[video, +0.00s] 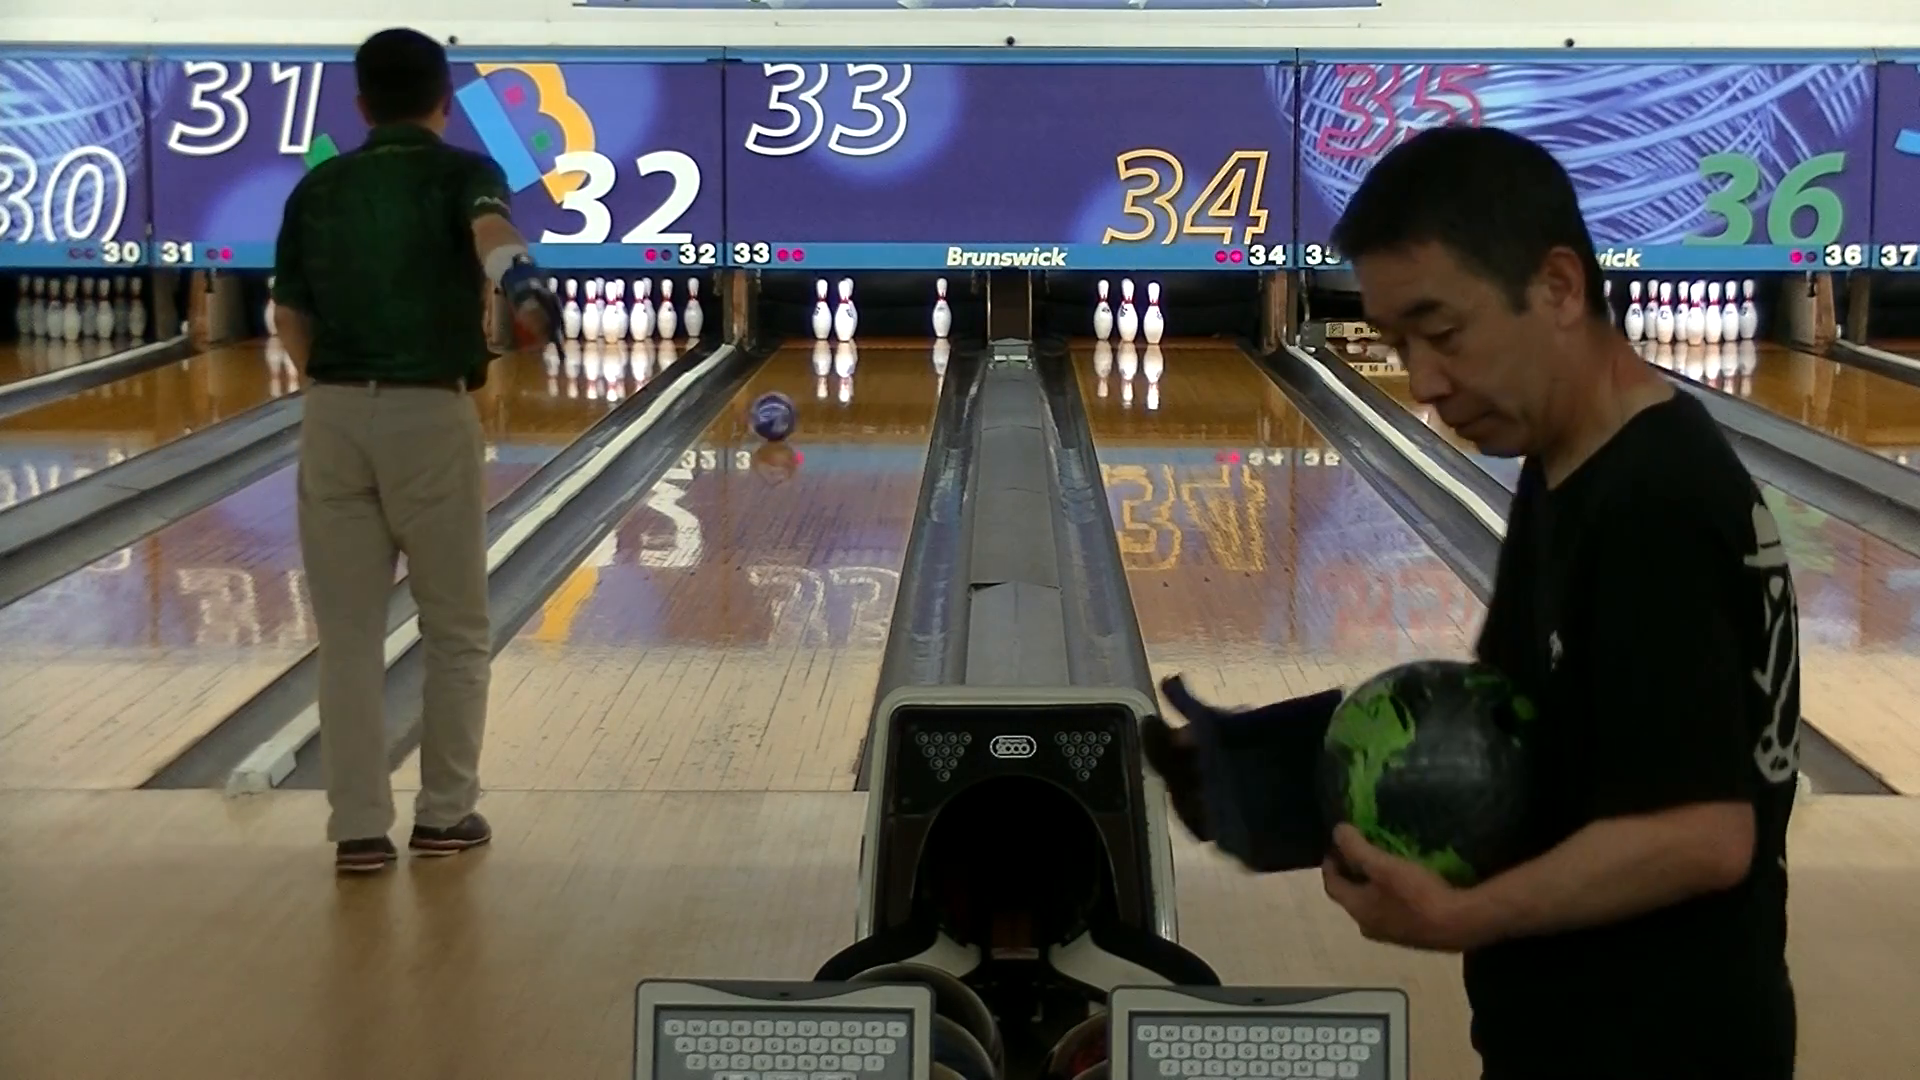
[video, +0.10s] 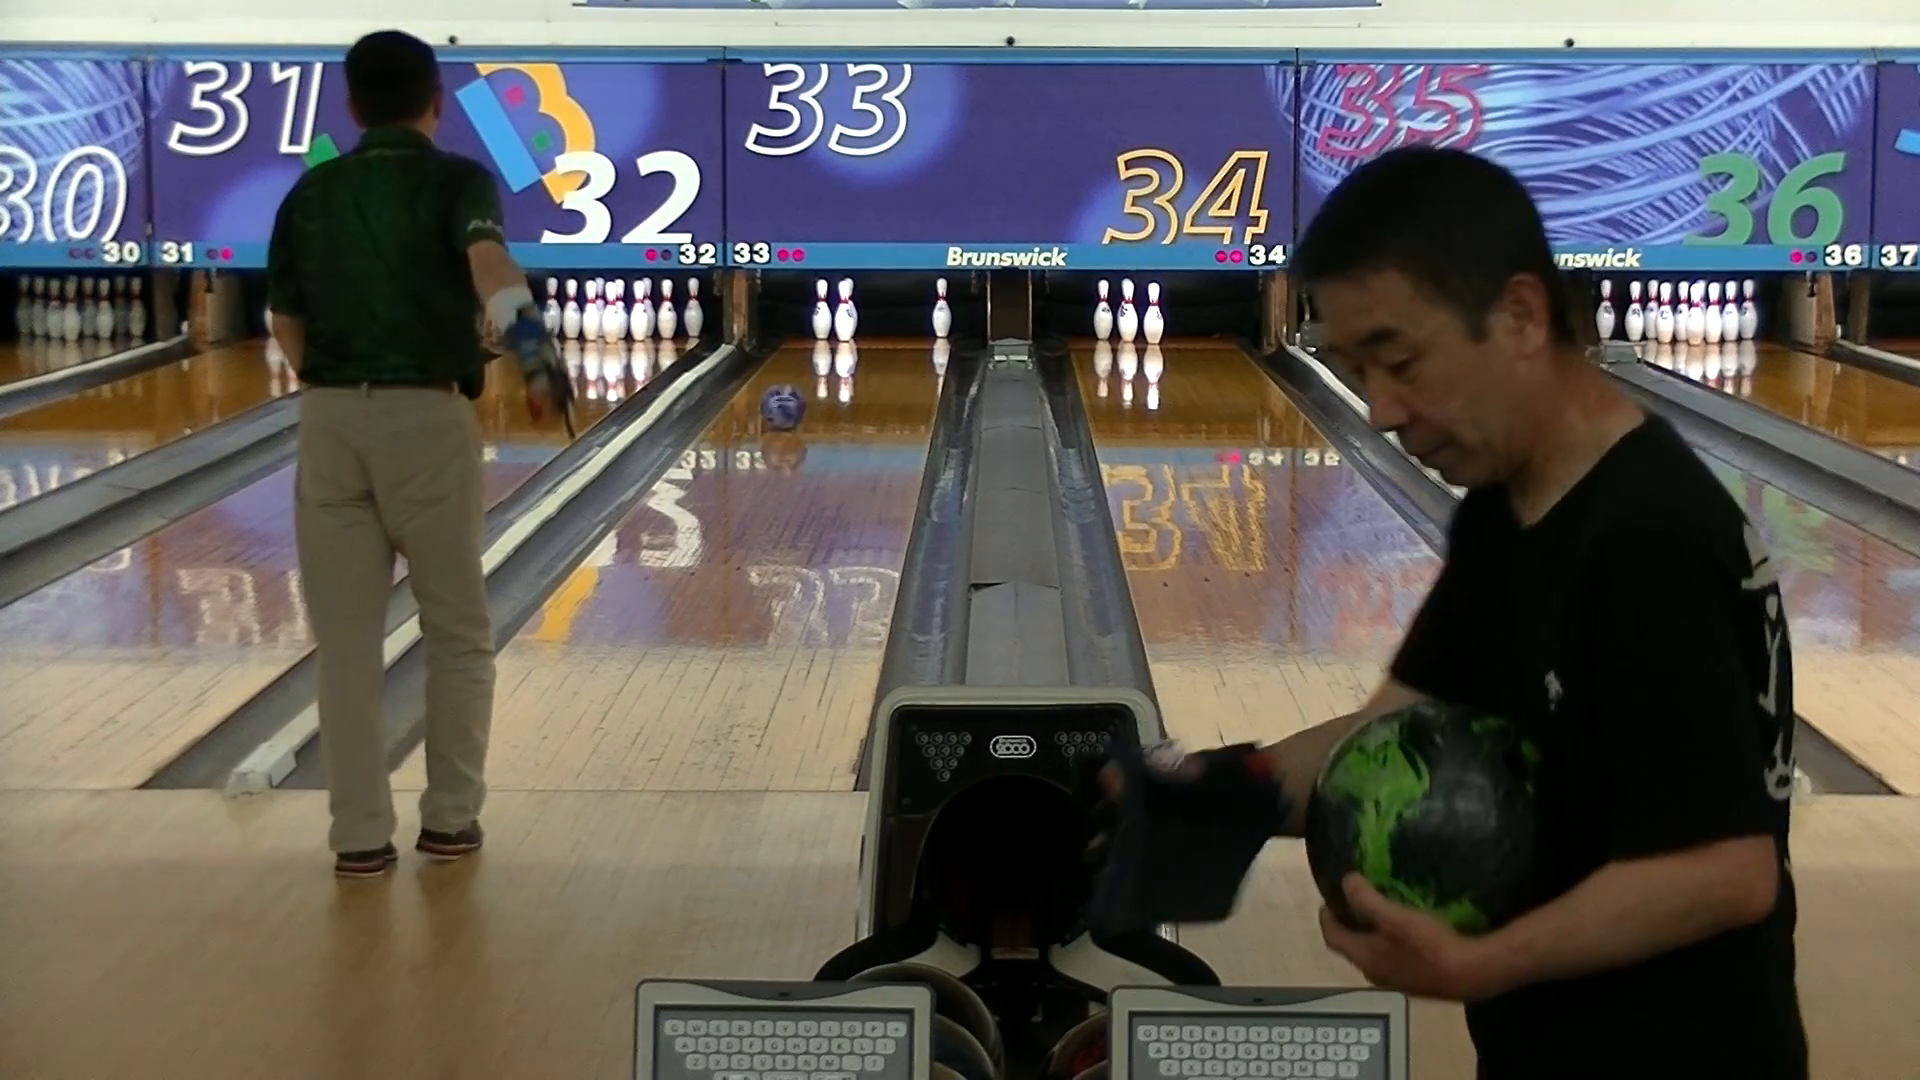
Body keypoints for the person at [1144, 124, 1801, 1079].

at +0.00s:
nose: (1423, 386)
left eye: (1441, 333)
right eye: (1400, 347)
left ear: (1560, 289)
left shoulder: (1666, 497)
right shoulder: (1565, 463)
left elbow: (1708, 834)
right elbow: (1508, 740)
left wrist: (1465, 915)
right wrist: (1279, 775)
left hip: (1661, 1046)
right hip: (1562, 1030)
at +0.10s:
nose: (1381, 411)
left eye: (1397, 360)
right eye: (1357, 375)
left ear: (1523, 317)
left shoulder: (1663, 537)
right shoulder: (1508, 505)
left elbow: (1731, 872)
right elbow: (1398, 734)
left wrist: (1478, 968)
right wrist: (1223, 793)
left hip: (1684, 1057)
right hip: (1542, 1048)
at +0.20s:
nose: (1323, 451)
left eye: (1339, 397)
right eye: (1300, 410)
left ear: (1465, 353)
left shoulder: (1651, 550)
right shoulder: (1422, 535)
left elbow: (1763, 888)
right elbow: (1284, 771)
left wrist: (1520, 1009)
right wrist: (1127, 855)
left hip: (1728, 1060)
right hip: (1555, 1057)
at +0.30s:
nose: (1277, 495)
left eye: (1288, 440)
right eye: (1256, 450)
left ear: (1417, 393)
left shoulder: (1648, 564)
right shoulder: (1356, 567)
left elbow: (1806, 885)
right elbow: (1210, 813)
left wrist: (1575, 1037)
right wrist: (1070, 971)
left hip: (1747, 1045)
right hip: (1531, 1051)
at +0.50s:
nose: (1175, 534)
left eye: (1188, 483)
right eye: (1170, 484)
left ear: (1314, 477)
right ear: (1309, 482)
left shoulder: (1625, 600)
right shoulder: (1288, 650)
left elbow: (1839, 900)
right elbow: (1168, 924)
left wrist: (1635, 1073)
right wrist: (1050, 1070)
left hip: (1770, 1041)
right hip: (1542, 1036)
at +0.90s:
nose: (1191, 473)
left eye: (1182, 440)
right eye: (1180, 440)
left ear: (1243, 449)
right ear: (1384, 373)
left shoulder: (1596, 608)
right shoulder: (1337, 595)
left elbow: (1775, 941)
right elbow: (1273, 876)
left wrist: (1570, 1072)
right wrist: (1139, 1044)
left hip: (1768, 1062)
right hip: (1557, 1027)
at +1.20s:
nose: (1256, 403)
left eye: (1246, 362)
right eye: (1248, 363)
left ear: (1291, 376)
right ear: (1444, 314)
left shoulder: (1559, 591)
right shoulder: (1425, 535)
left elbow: (1704, 947)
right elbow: (1381, 819)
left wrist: (1474, 1075)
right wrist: (1224, 992)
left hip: (1753, 1063)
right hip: (1612, 1041)